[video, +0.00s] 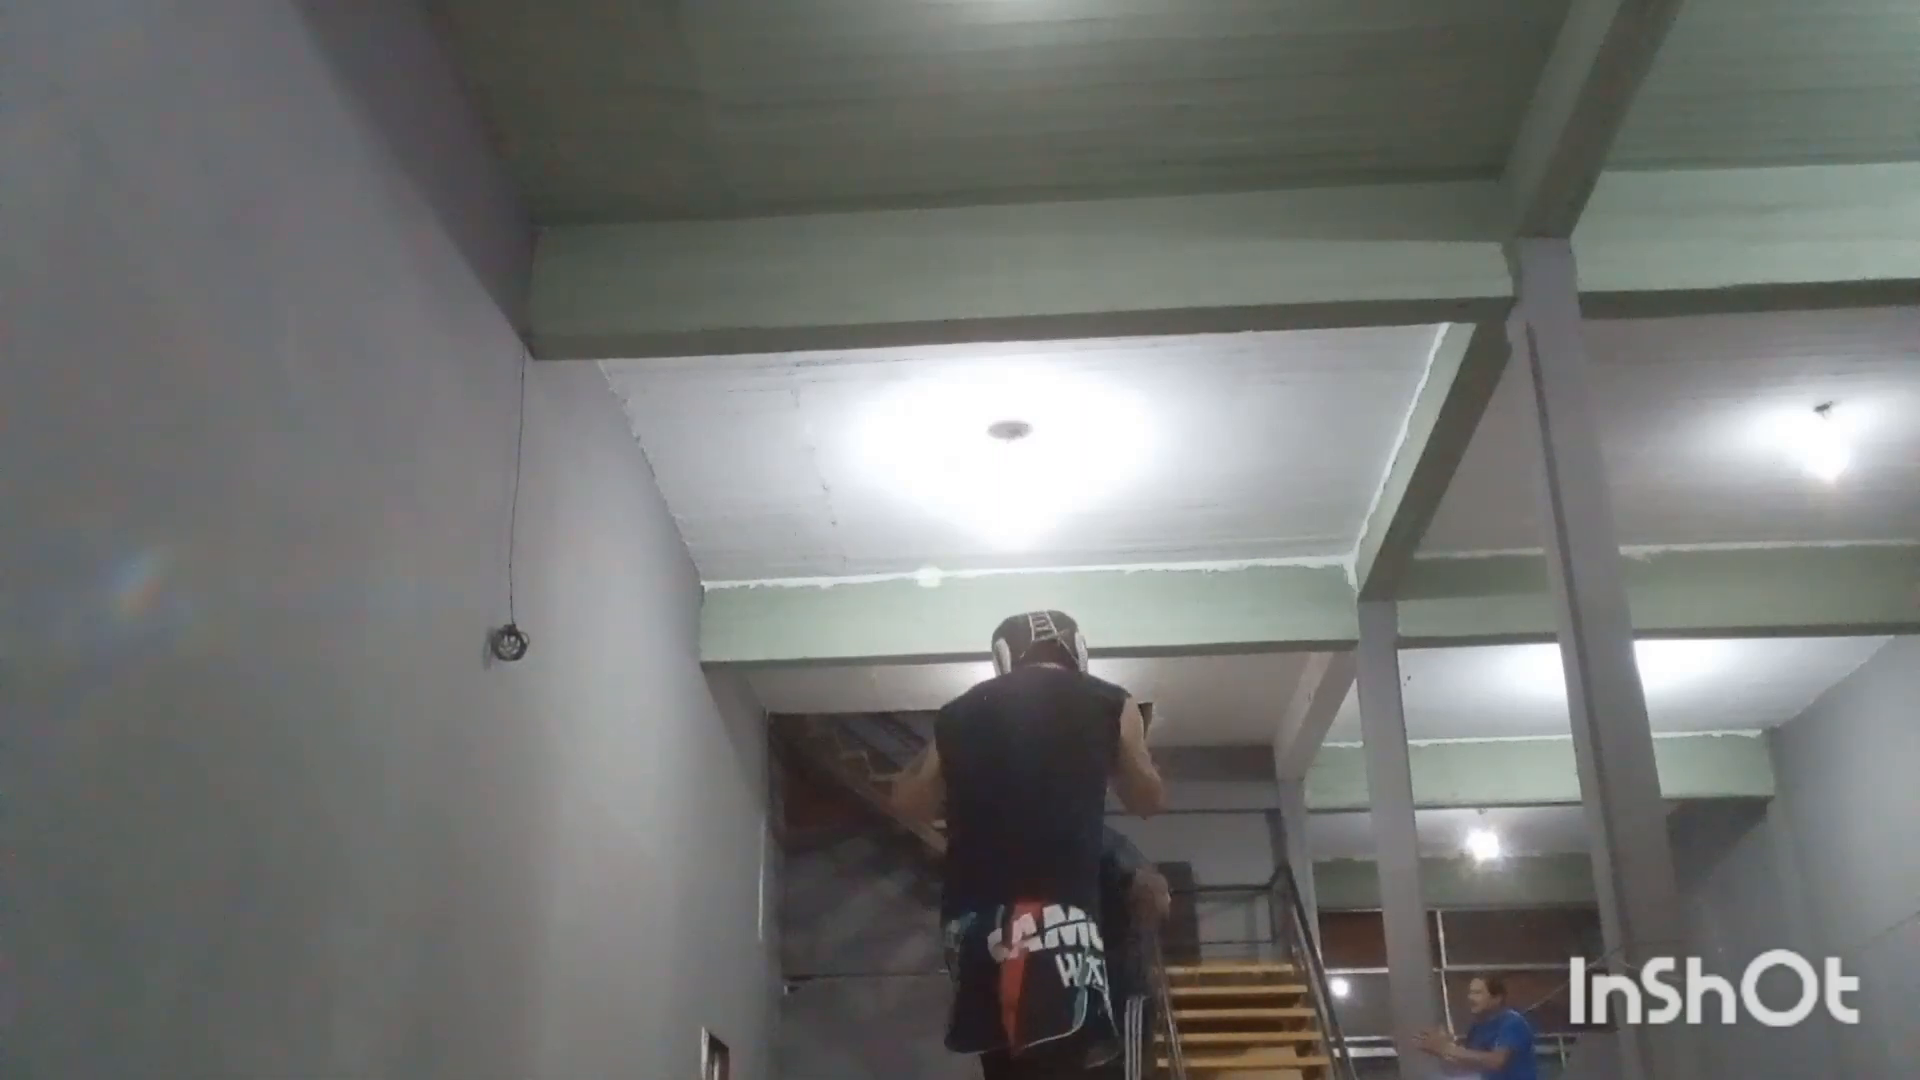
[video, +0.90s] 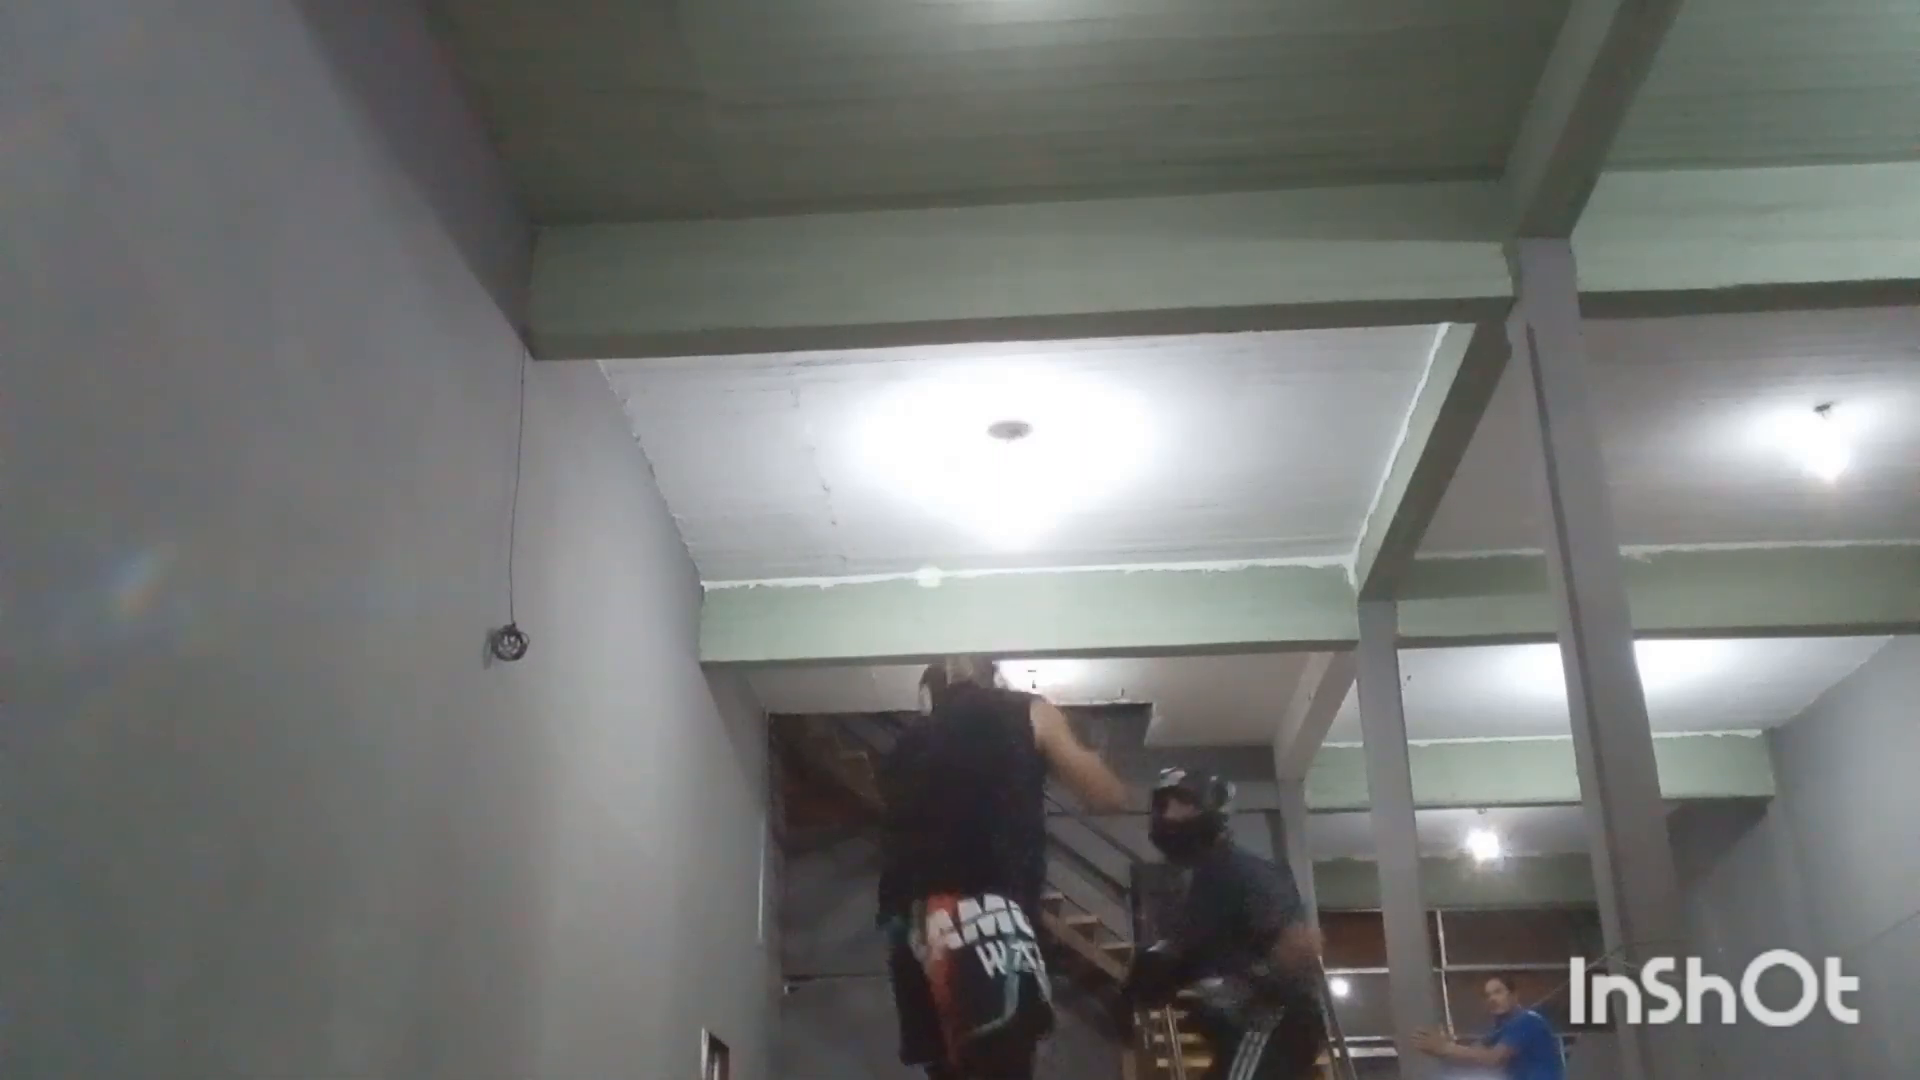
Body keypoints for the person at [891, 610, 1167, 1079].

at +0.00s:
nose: (1086, 660)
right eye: (1082, 653)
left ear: (1007, 659)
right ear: (1073, 654)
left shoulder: (961, 711)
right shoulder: (1108, 701)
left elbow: (908, 800)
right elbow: (1146, 799)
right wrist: (1134, 741)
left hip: (973, 915)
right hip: (1066, 913)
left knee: (999, 1062)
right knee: (1060, 1061)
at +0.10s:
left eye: (994, 663)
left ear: (1004, 662)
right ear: (1070, 657)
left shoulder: (957, 714)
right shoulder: (1109, 706)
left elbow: (953, 812)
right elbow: (1136, 798)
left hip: (972, 893)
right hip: (1066, 894)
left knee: (991, 1055)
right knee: (1060, 1051)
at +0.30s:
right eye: (1069, 663)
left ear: (995, 671)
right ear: (1059, 660)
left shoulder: (962, 712)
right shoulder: (1091, 698)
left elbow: (947, 810)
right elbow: (1149, 784)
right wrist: (1117, 734)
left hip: (957, 912)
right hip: (1043, 907)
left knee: (988, 1062)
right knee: (1051, 1061)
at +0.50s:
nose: (1068, 665)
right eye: (1064, 658)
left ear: (990, 667)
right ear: (1056, 660)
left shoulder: (946, 723)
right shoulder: (1086, 707)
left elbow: (904, 825)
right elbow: (1146, 793)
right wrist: (1148, 769)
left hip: (948, 928)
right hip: (1029, 923)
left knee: (974, 1063)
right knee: (1031, 1063)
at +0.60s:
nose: (1067, 662)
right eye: (1064, 654)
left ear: (985, 664)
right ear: (1054, 656)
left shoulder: (939, 718)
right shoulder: (1078, 708)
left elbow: (889, 823)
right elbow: (1135, 808)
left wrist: (951, 808)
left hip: (942, 916)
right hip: (1026, 912)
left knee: (971, 1063)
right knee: (1030, 1064)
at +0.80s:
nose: (1029, 669)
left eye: (1027, 663)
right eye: (1026, 661)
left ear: (953, 672)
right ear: (1012, 661)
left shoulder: (912, 726)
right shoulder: (1047, 701)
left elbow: (903, 831)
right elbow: (1116, 794)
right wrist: (1105, 754)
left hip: (925, 906)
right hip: (1016, 903)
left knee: (952, 1062)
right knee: (1019, 1063)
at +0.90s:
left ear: (933, 688)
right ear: (991, 673)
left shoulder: (911, 737)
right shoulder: (1030, 713)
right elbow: (1107, 794)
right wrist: (1084, 752)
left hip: (910, 929)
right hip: (998, 923)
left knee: (940, 1065)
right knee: (1002, 1066)